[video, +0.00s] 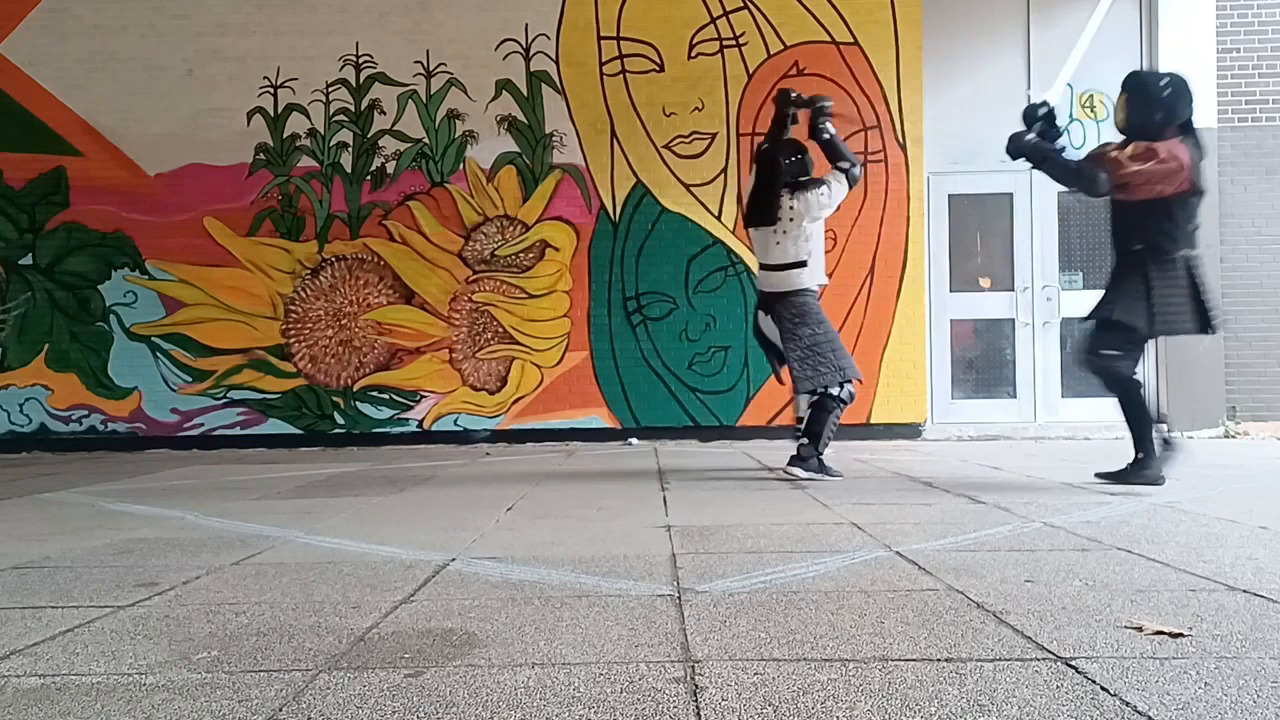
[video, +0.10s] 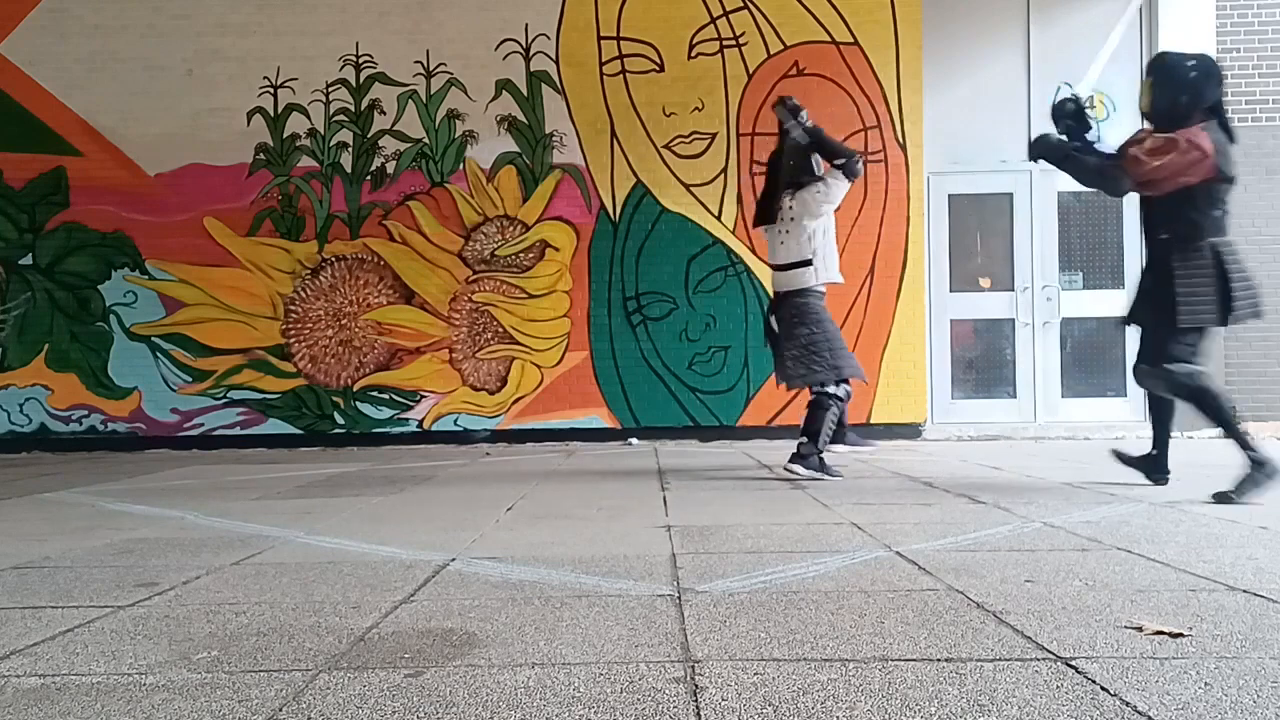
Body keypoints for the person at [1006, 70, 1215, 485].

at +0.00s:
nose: (1117, 106)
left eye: (1124, 99)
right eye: (1120, 98)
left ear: (1146, 109)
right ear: (1160, 110)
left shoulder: (1160, 155)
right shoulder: (1166, 150)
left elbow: (1094, 179)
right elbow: (1096, 172)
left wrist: (1035, 152)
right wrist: (1054, 146)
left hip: (1150, 272)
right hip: (1152, 270)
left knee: (1107, 356)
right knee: (1109, 357)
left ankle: (1149, 456)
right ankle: (1152, 448)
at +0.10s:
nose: (1147, 96)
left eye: (1156, 88)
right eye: (1150, 87)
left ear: (1180, 95)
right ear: (1193, 95)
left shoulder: (1190, 144)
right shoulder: (1188, 137)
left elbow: (1118, 178)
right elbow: (1129, 170)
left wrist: (1057, 152)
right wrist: (1081, 149)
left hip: (1189, 268)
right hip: (1174, 266)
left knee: (1170, 368)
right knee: (1156, 365)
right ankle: (1157, 459)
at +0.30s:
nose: (1194, 88)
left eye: (1203, 79)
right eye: (1196, 78)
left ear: (1232, 86)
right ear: (1238, 88)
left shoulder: (1247, 143)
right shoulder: (1239, 137)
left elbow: (1208, 206)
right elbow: (1204, 200)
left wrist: (1137, 204)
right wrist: (1156, 177)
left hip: (1250, 273)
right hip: (1246, 270)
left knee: (1222, 377)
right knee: (1226, 373)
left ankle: (1275, 474)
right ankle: (1276, 470)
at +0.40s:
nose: (1215, 77)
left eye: (1223, 65)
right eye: (1216, 65)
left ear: (1249, 69)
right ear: (1254, 69)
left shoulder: (1270, 125)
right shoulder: (1252, 123)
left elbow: (1260, 198)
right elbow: (1244, 196)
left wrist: (1191, 203)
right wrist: (1194, 184)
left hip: (1266, 265)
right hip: (1256, 264)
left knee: (1244, 375)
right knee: (1248, 374)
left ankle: (1278, 476)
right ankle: (1276, 476)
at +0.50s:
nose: (1235, 66)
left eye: (1242, 55)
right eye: (1237, 55)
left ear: (1265, 61)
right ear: (1263, 62)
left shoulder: (1275, 124)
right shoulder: (1267, 123)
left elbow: (1264, 185)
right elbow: (1257, 183)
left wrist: (1216, 176)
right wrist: (1216, 176)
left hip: (1274, 262)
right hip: (1268, 260)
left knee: (1256, 369)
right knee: (1254, 369)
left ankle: (1279, 477)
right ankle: (1278, 476)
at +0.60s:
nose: (1258, 66)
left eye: (1263, 56)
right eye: (1259, 56)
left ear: (1277, 61)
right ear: (1266, 60)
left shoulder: (1275, 117)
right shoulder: (1268, 116)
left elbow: (1277, 191)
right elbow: (1277, 187)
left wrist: (1243, 186)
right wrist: (1243, 184)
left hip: (1279, 268)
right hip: (1277, 267)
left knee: (1260, 368)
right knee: (1259, 368)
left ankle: (1277, 478)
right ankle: (1276, 477)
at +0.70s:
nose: (1266, 145)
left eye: (1266, 135)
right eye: (1263, 136)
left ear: (1275, 131)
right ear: (1268, 133)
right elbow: (1276, 199)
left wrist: (1257, 192)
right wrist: (1255, 191)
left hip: (1279, 301)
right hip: (1278, 300)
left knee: (1268, 368)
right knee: (1269, 367)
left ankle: (1278, 479)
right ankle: (1277, 478)